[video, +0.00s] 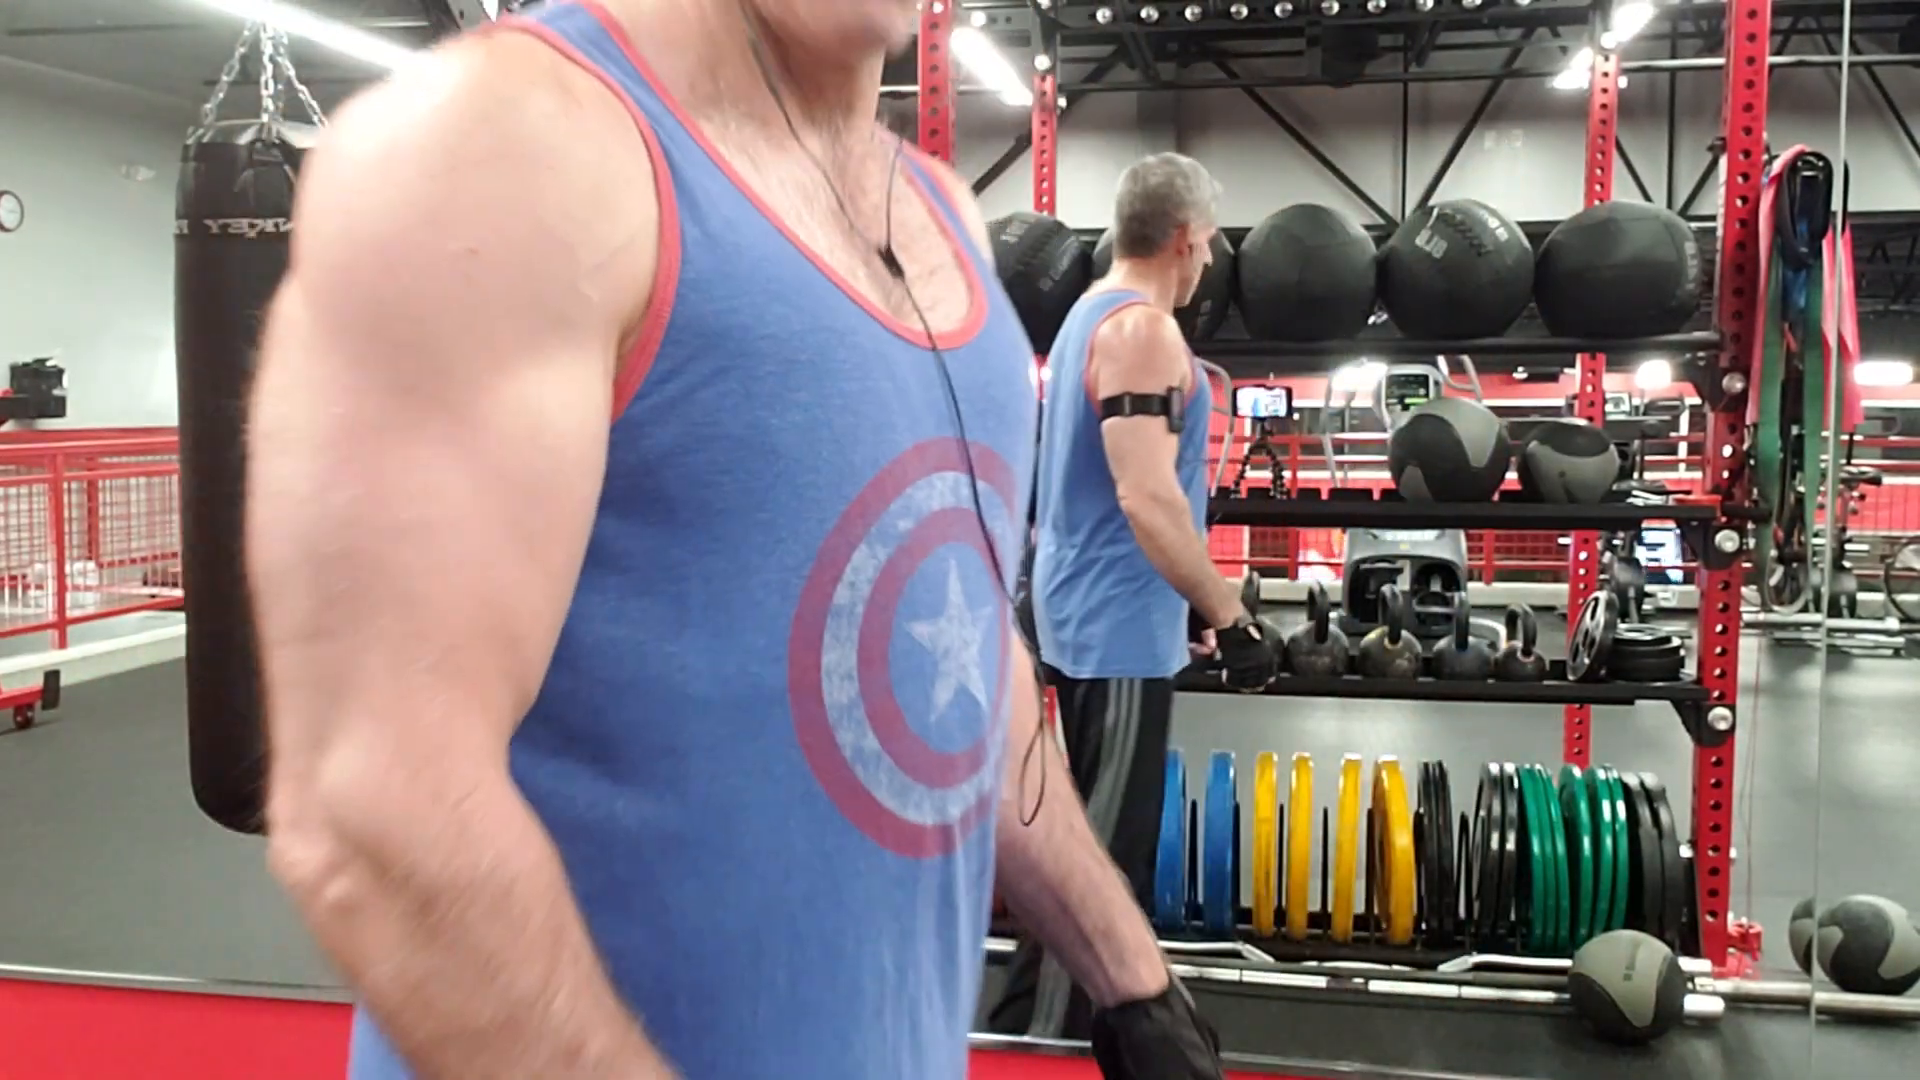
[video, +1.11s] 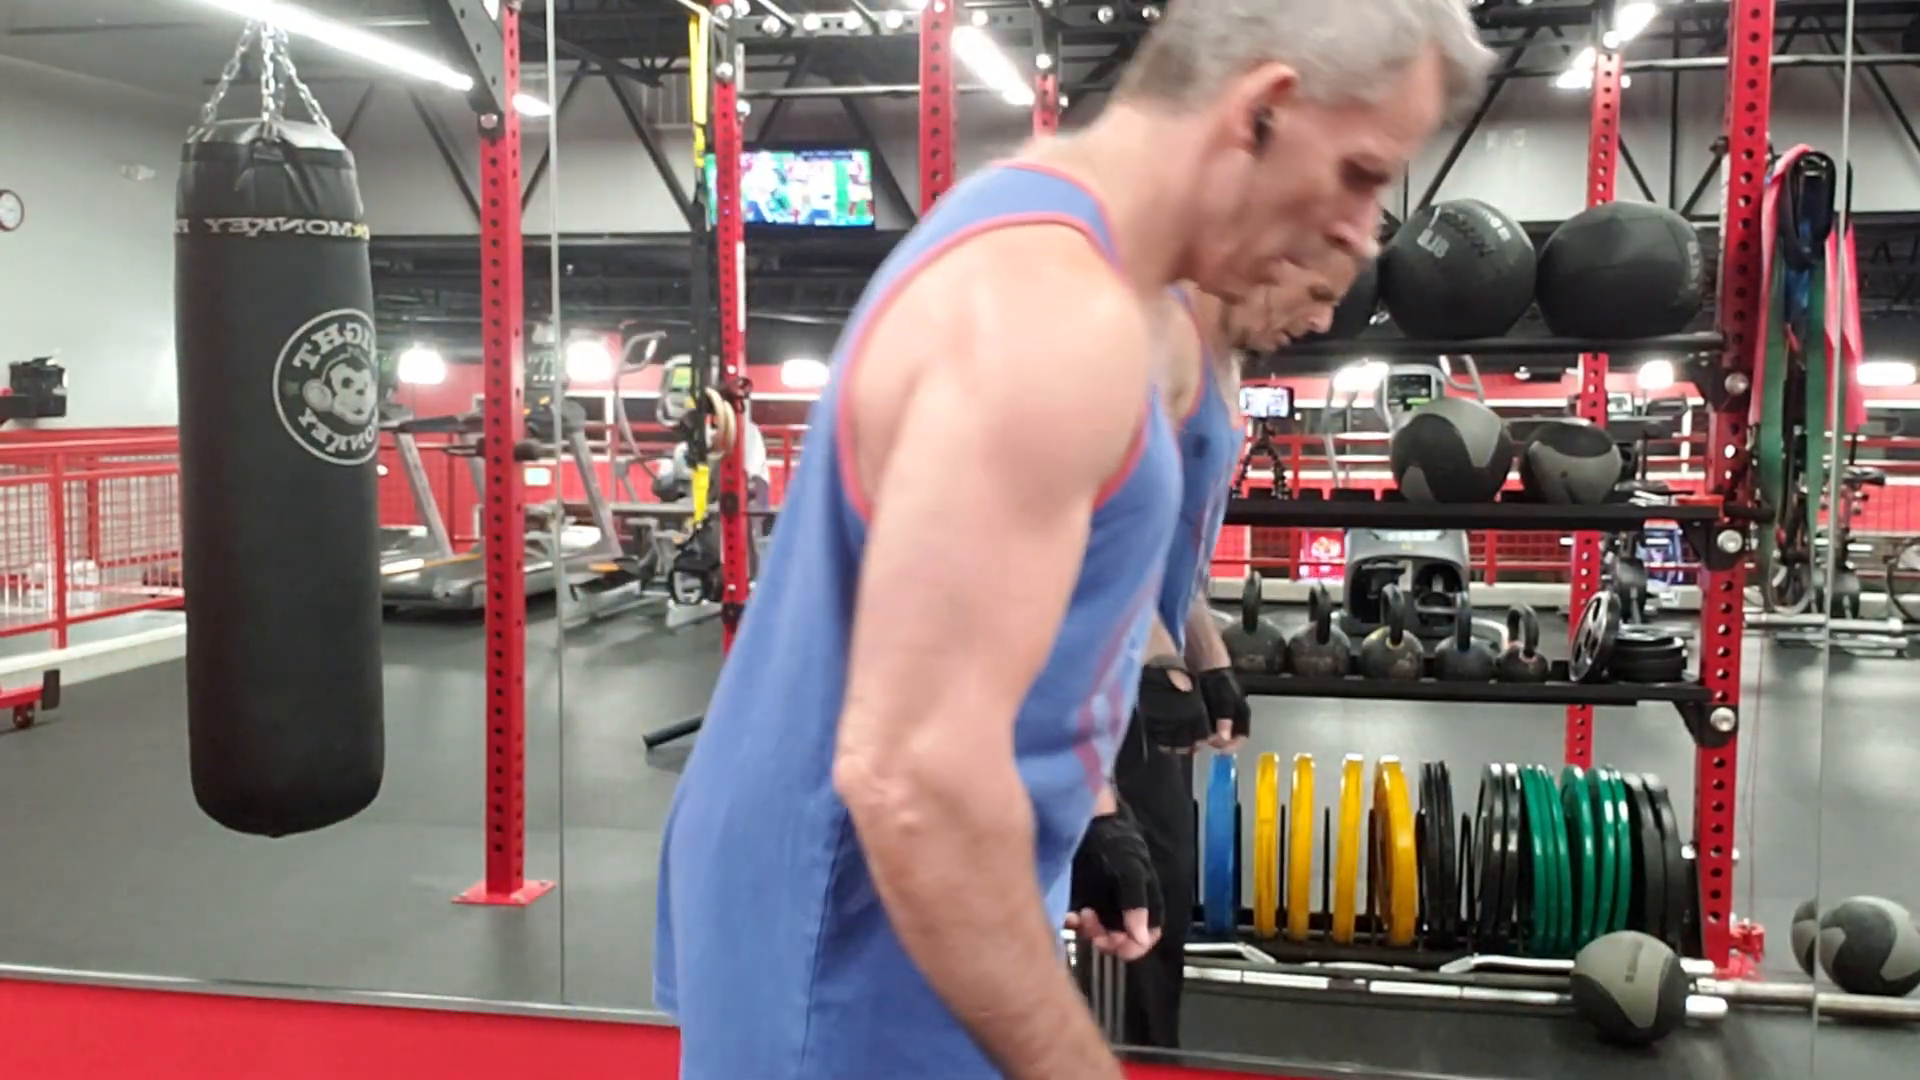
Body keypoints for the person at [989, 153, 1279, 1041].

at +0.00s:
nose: (1210, 257)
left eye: (1212, 242)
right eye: (1211, 241)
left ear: (1127, 235)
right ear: (1188, 240)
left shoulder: (1090, 318)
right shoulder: (1138, 325)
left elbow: (1082, 492)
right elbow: (1146, 496)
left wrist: (1198, 596)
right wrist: (1226, 606)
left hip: (1077, 617)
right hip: (1121, 626)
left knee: (1081, 840)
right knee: (1109, 852)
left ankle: (1042, 1022)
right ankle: (1055, 1034)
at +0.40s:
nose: (1199, 282)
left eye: (1208, 263)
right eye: (1193, 258)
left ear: (1141, 241)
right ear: (1140, 237)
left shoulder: (1098, 329)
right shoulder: (1070, 332)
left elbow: (1076, 514)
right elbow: (1054, 518)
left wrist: (1119, 654)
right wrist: (1121, 664)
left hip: (1096, 679)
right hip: (1044, 681)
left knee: (1105, 904)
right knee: (1014, 913)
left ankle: (1101, 1052)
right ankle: (986, 1050)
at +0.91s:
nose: (1278, 307)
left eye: (1289, 289)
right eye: (1273, 281)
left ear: (1230, 263)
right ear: (1218, 249)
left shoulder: (1186, 358)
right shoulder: (1118, 328)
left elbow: (1159, 537)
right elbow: (1056, 515)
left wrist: (1185, 670)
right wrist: (1134, 664)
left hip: (1153, 695)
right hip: (1096, 700)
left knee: (1154, 912)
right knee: (1125, 914)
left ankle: (1144, 1057)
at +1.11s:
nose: (1317, 322)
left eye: (1331, 306)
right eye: (1315, 294)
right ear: (1263, 264)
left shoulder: (1217, 370)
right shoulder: (1170, 351)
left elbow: (1178, 553)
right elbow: (1122, 554)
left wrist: (1214, 663)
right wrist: (1159, 670)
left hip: (1164, 687)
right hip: (1125, 691)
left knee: (1173, 887)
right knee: (1154, 888)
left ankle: (1154, 1053)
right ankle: (1142, 1055)